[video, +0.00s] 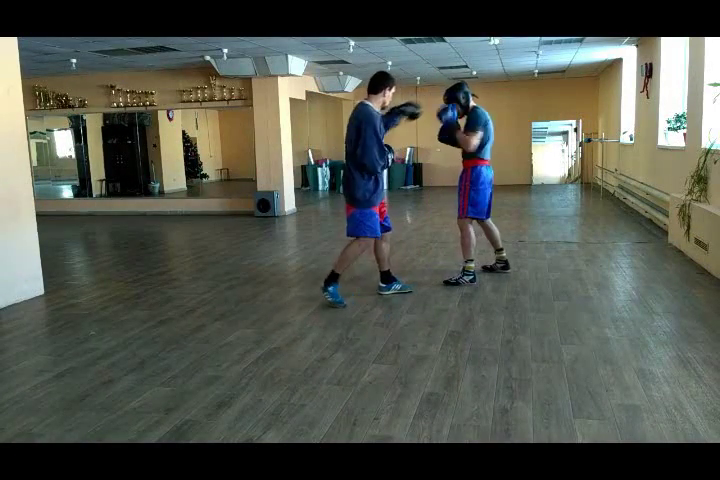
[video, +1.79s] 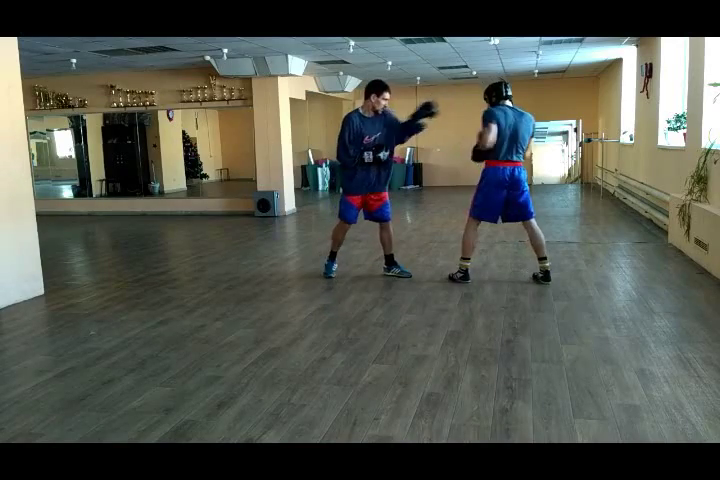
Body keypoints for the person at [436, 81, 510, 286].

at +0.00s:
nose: (452, 108)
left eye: (451, 104)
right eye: (450, 105)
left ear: (461, 100)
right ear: (467, 99)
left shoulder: (476, 114)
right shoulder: (478, 115)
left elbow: (470, 144)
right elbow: (466, 145)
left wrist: (452, 125)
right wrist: (448, 133)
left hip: (474, 170)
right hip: (483, 169)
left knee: (464, 220)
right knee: (482, 218)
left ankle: (468, 271)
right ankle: (501, 260)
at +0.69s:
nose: (456, 105)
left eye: (456, 102)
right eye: (456, 101)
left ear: (460, 99)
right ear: (474, 95)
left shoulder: (469, 112)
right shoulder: (497, 111)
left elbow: (439, 130)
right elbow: (484, 138)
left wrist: (446, 108)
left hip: (484, 169)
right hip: (502, 166)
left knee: (475, 220)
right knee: (501, 216)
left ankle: (473, 271)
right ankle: (509, 259)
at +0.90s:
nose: (471, 108)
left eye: (471, 105)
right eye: (470, 105)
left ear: (476, 100)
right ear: (489, 97)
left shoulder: (483, 112)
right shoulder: (512, 117)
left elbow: (469, 141)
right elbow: (513, 152)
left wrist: (458, 124)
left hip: (489, 171)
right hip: (508, 171)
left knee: (475, 223)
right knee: (514, 218)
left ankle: (471, 272)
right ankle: (535, 262)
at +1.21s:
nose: (482, 111)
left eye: (482, 107)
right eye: (481, 108)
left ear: (489, 102)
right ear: (501, 100)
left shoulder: (496, 113)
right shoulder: (520, 117)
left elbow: (494, 142)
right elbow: (516, 146)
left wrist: (479, 152)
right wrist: (487, 141)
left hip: (497, 174)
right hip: (517, 174)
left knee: (475, 222)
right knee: (518, 220)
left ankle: (467, 270)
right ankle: (537, 264)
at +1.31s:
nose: (479, 106)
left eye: (480, 103)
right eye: (479, 103)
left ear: (485, 99)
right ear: (500, 97)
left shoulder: (488, 111)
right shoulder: (519, 117)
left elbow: (478, 144)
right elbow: (515, 147)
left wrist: (477, 155)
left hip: (491, 172)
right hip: (513, 172)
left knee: (471, 223)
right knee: (520, 219)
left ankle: (465, 270)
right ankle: (536, 264)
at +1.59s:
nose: (481, 95)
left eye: (482, 92)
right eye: (482, 92)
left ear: (485, 92)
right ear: (504, 93)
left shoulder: (479, 105)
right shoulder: (517, 113)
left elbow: (455, 130)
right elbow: (506, 136)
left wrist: (468, 149)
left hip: (486, 171)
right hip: (510, 170)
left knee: (472, 222)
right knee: (522, 217)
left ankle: (465, 270)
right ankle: (542, 263)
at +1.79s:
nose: (488, 102)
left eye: (488, 99)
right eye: (487, 99)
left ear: (491, 98)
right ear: (509, 96)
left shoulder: (492, 113)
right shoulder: (528, 118)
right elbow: (525, 151)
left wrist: (478, 146)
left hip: (494, 173)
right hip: (518, 173)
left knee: (473, 221)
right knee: (530, 222)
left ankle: (463, 270)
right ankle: (545, 270)